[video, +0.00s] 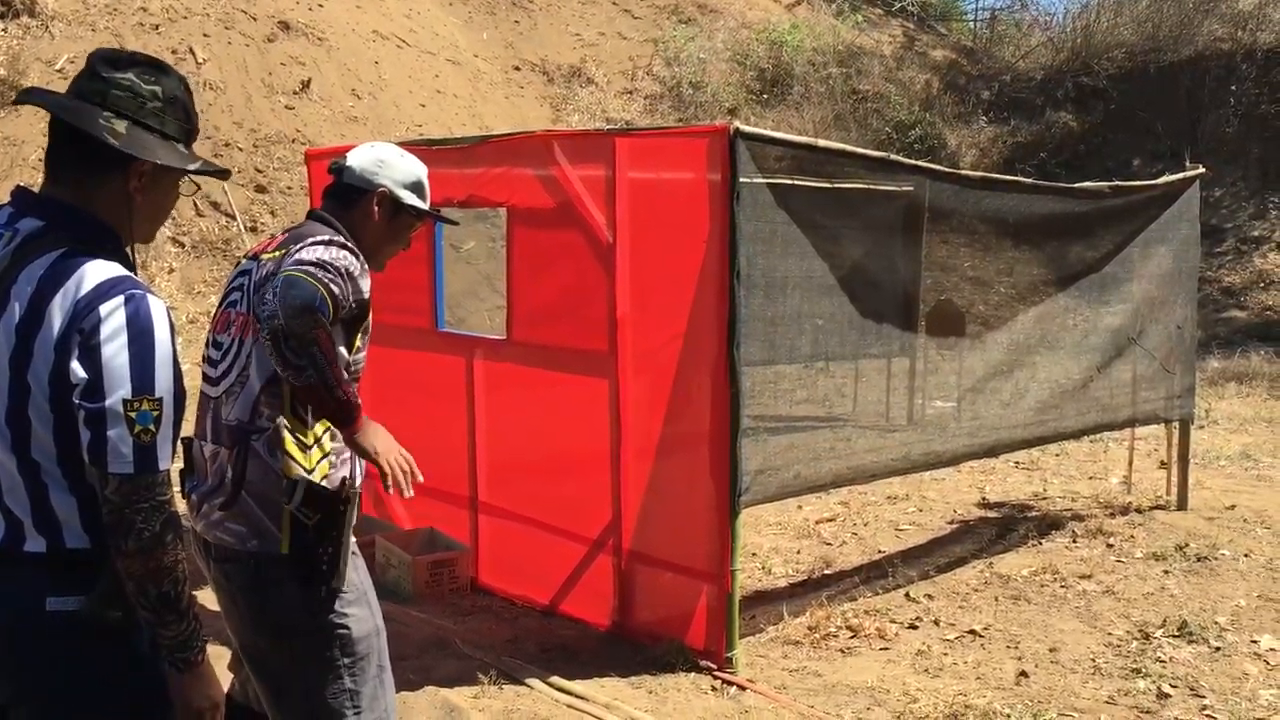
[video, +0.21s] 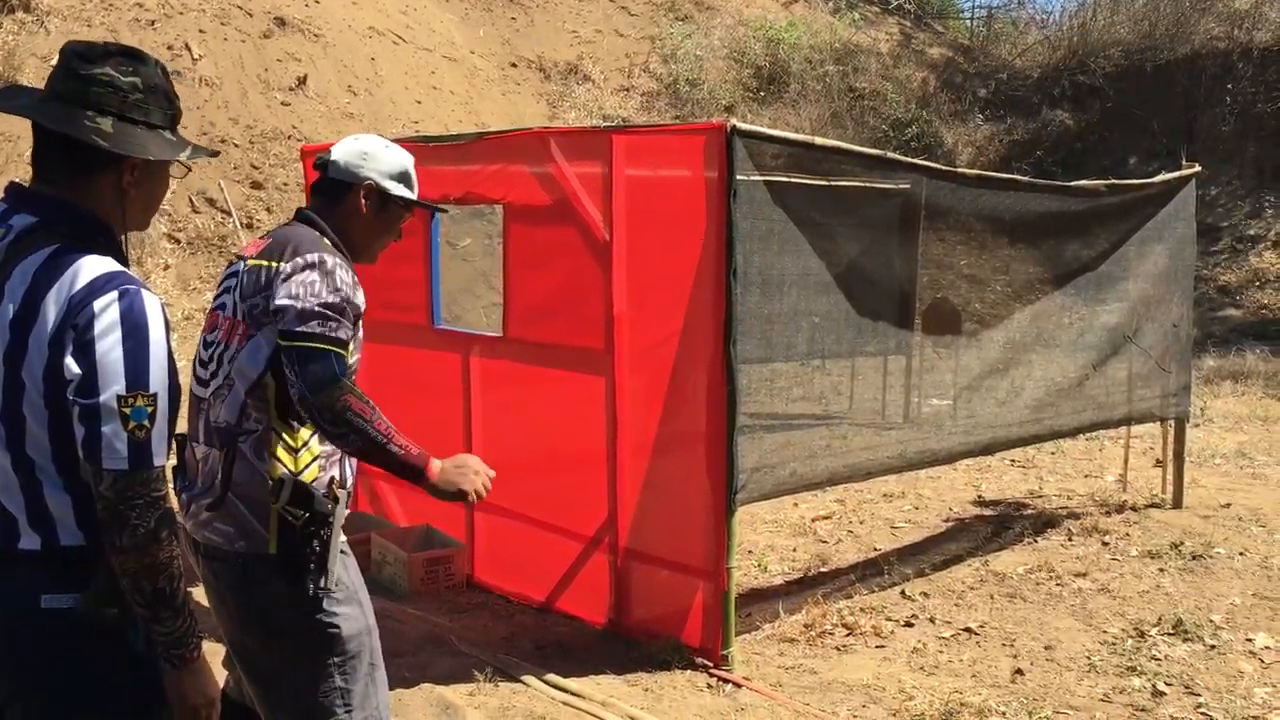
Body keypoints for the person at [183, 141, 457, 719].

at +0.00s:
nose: (410, 243)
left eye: (417, 229)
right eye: (411, 225)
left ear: (345, 200)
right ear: (375, 208)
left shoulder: (273, 253)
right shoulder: (335, 256)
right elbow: (291, 313)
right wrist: (357, 423)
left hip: (236, 529)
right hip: (290, 537)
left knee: (269, 693)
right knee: (354, 703)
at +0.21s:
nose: (401, 233)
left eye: (406, 218)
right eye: (399, 215)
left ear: (349, 198)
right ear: (363, 200)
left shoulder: (261, 254)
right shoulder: (321, 269)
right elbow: (326, 396)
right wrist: (431, 470)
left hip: (229, 525)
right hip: (286, 533)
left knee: (264, 692)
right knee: (348, 703)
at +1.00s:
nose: (393, 220)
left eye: (394, 205)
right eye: (388, 204)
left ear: (314, 199)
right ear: (351, 204)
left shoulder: (251, 265)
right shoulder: (327, 288)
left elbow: (253, 406)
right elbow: (342, 434)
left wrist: (318, 496)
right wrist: (393, 548)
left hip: (206, 524)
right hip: (266, 538)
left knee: (261, 683)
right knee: (352, 699)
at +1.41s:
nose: (390, 224)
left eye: (391, 209)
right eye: (386, 208)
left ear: (316, 203)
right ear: (348, 208)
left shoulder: (254, 267)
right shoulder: (325, 291)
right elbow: (338, 438)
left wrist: (314, 517)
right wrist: (385, 552)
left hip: (208, 531)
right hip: (268, 545)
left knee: (268, 683)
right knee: (354, 700)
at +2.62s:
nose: (401, 222)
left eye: (402, 207)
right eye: (395, 206)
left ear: (333, 201)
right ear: (357, 205)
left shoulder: (264, 266)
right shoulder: (337, 287)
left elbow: (274, 406)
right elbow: (352, 432)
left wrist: (335, 495)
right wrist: (401, 544)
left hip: (222, 531)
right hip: (280, 542)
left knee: (283, 695)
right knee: (363, 699)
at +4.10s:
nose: (407, 228)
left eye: (408, 214)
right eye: (400, 213)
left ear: (339, 211)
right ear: (360, 212)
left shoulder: (271, 272)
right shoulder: (340, 292)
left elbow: (278, 415)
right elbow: (353, 436)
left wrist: (340, 509)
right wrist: (402, 548)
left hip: (225, 527)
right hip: (282, 542)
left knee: (276, 687)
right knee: (366, 698)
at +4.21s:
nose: (406, 228)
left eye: (407, 213)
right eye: (400, 212)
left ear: (339, 210)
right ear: (360, 212)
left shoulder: (272, 271)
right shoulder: (339, 291)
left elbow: (280, 414)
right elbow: (353, 435)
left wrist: (342, 509)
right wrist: (402, 547)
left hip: (225, 527)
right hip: (281, 541)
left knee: (276, 686)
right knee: (366, 698)